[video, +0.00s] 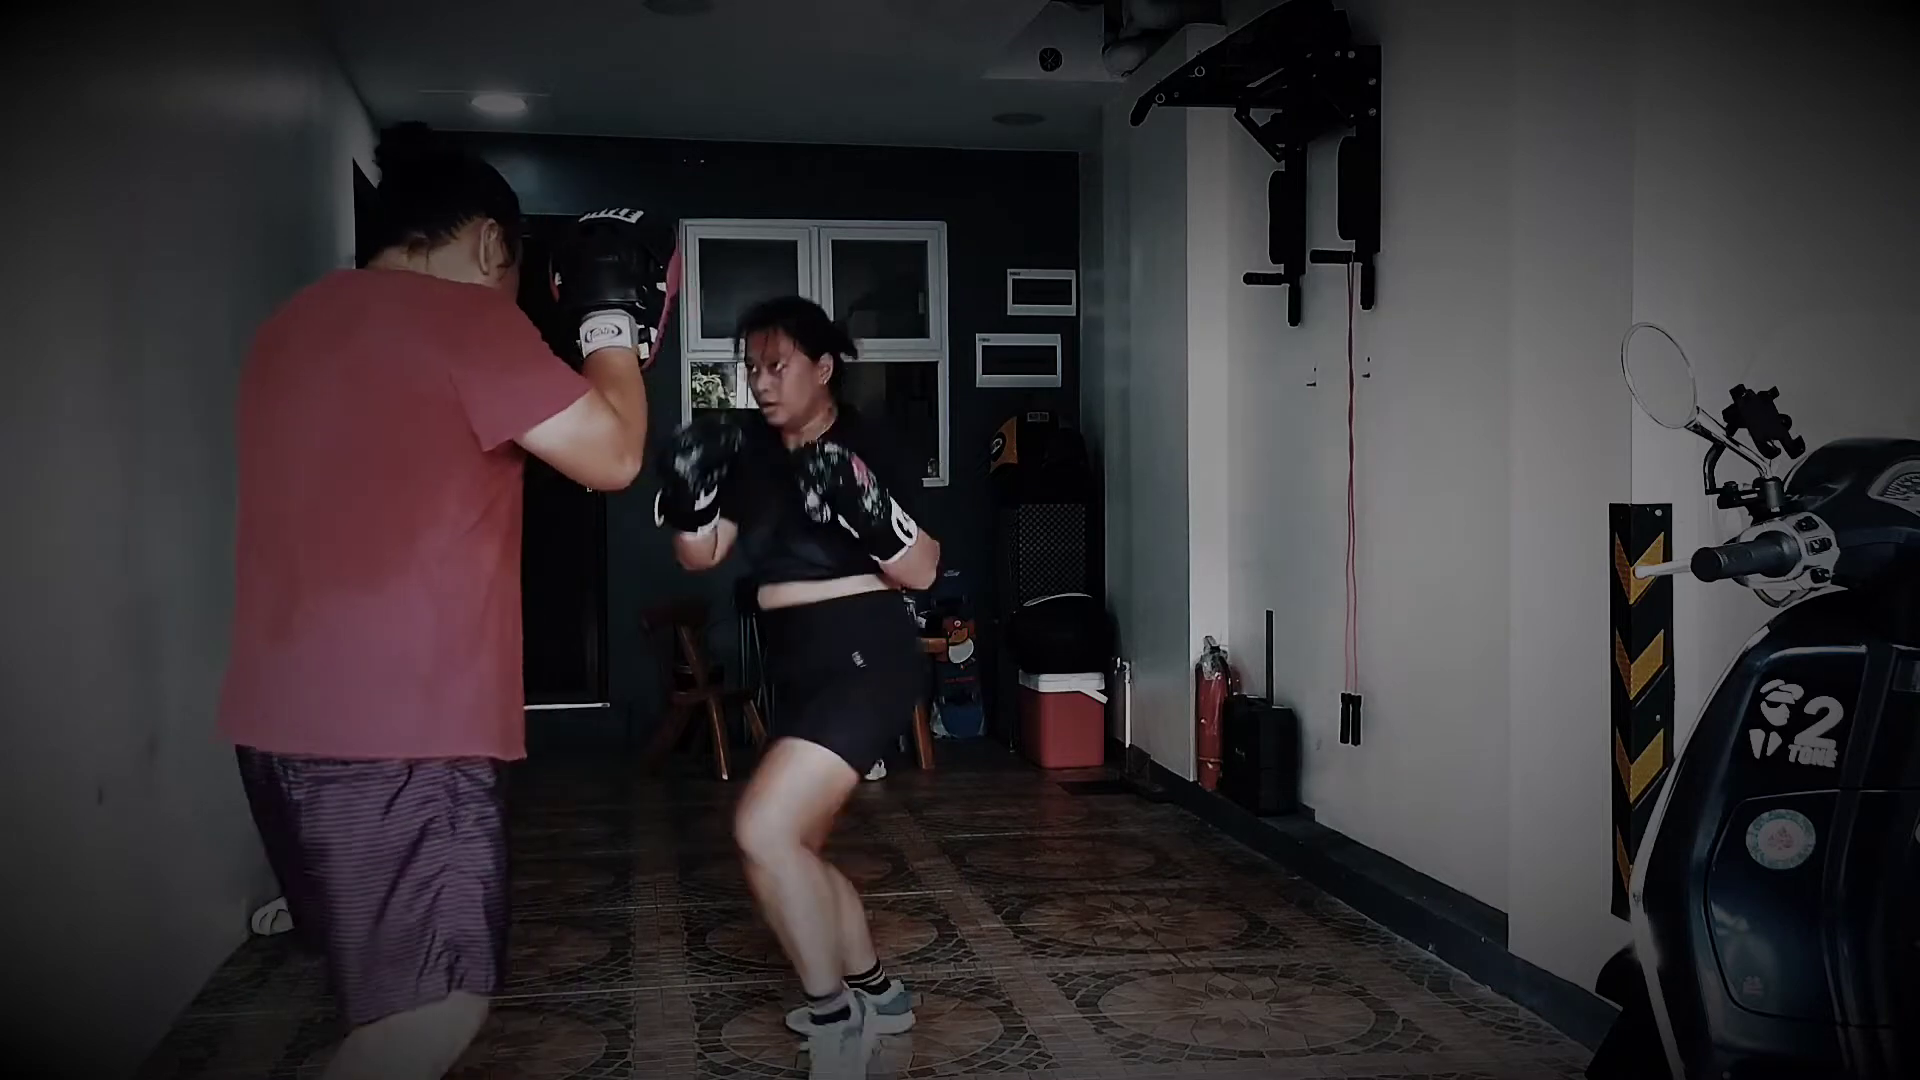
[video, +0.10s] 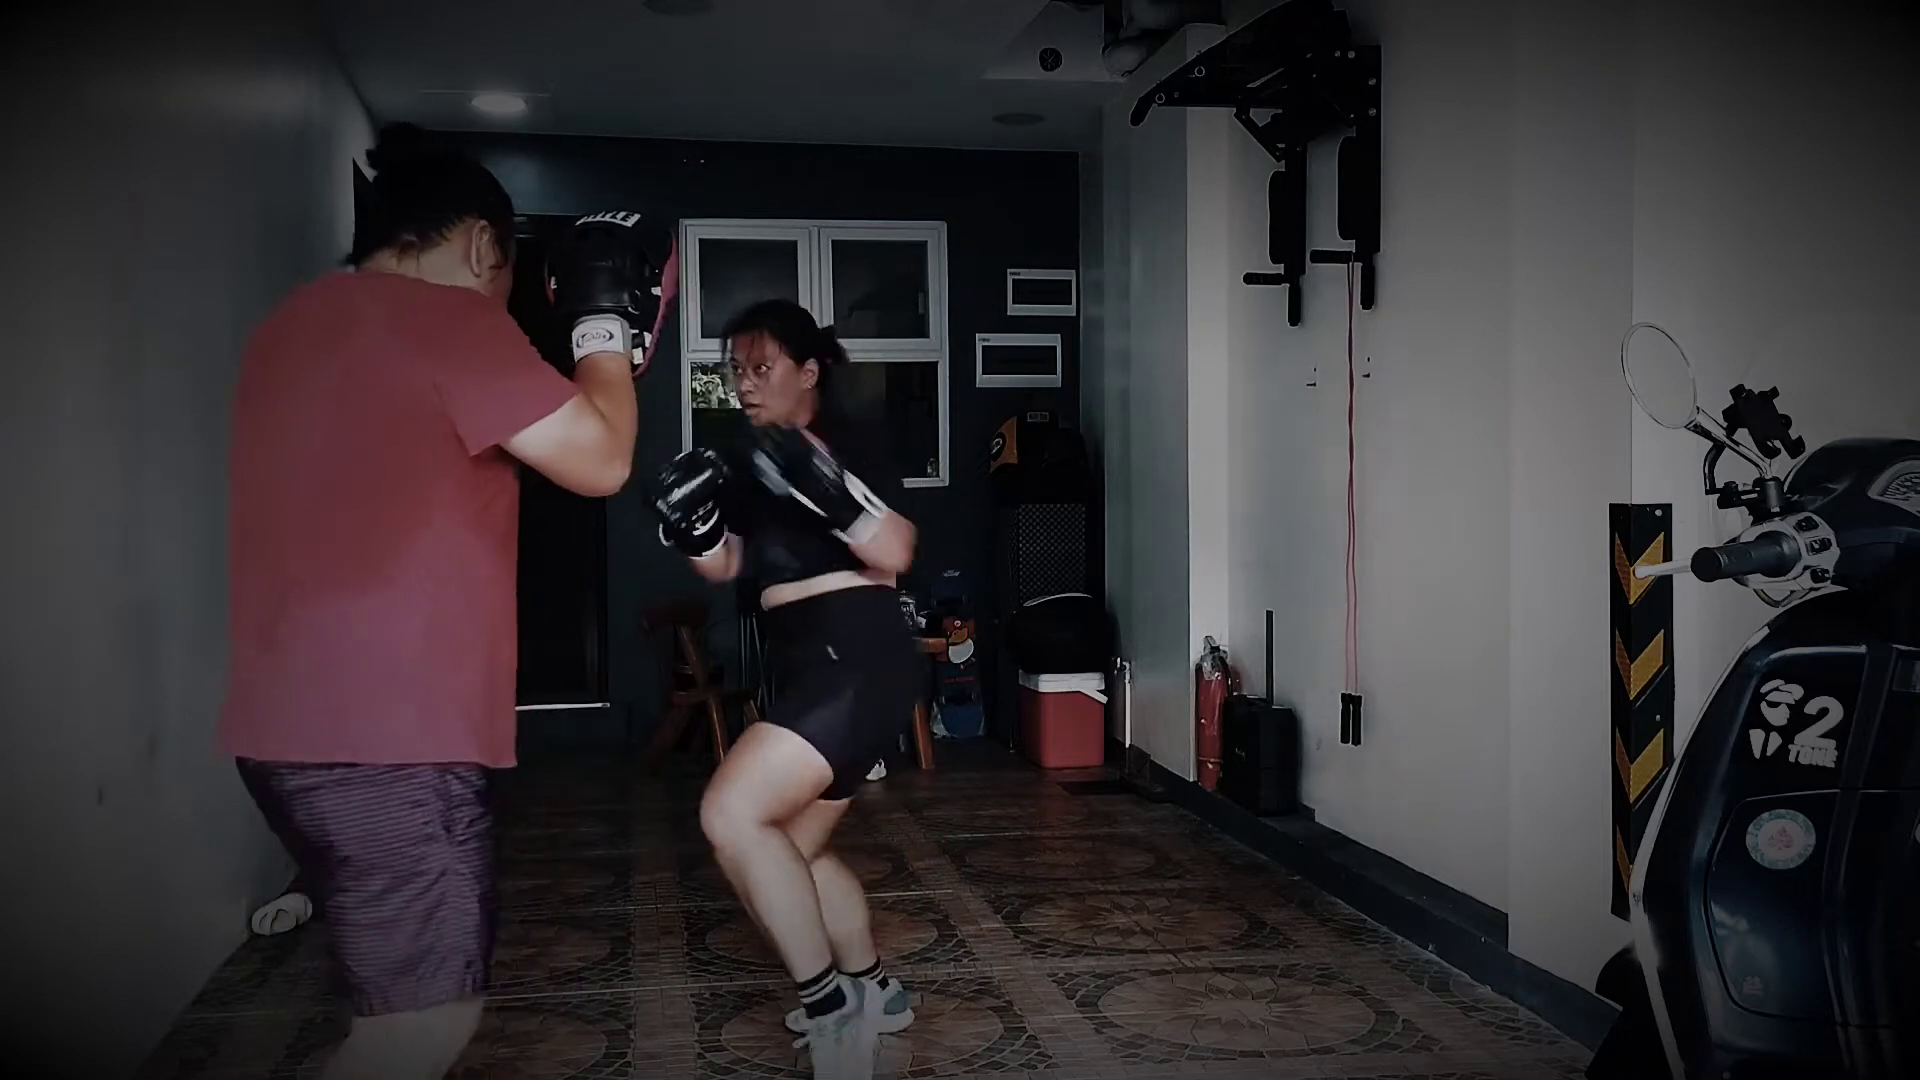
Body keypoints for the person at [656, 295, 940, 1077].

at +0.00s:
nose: (762, 383)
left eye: (778, 365)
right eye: (754, 368)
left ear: (824, 367)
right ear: (746, 376)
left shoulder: (867, 447)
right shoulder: (746, 454)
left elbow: (921, 571)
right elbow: (700, 555)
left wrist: (868, 514)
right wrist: (689, 491)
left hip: (872, 657)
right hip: (791, 663)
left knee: (764, 826)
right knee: (796, 846)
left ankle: (834, 1020)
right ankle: (873, 991)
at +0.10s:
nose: (746, 383)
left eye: (761, 367)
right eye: (739, 369)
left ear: (808, 371)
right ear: (736, 377)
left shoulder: (841, 442)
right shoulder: (751, 463)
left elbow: (894, 553)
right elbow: (724, 567)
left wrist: (816, 489)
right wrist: (694, 524)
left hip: (863, 656)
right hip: (809, 661)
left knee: (732, 811)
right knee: (797, 847)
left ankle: (826, 1004)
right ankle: (871, 991)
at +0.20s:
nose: (728, 377)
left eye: (741, 358)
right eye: (721, 365)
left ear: (791, 357)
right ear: (727, 371)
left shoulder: (812, 414)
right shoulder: (798, 434)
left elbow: (771, 469)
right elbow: (779, 559)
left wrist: (690, 405)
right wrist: (721, 523)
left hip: (848, 649)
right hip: (881, 648)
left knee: (748, 841)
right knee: (823, 840)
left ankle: (849, 1033)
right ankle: (871, 990)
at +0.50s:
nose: (758, 364)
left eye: (777, 349)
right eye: (755, 347)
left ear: (833, 356)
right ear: (752, 351)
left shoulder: (884, 447)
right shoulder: (743, 433)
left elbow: (929, 580)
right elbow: (617, 455)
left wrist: (833, 536)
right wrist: (614, 370)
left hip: (878, 670)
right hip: (790, 673)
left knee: (831, 880)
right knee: (774, 868)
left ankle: (861, 1066)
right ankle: (884, 990)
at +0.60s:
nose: (763, 375)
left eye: (779, 358)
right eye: (757, 359)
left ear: (837, 363)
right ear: (754, 363)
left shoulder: (888, 457)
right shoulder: (749, 437)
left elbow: (924, 592)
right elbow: (645, 467)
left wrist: (853, 564)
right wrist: (590, 415)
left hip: (875, 679)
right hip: (787, 681)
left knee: (815, 882)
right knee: (786, 872)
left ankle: (854, 1063)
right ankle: (888, 994)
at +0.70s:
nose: (755, 373)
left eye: (771, 355)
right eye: (748, 357)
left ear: (826, 358)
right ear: (748, 363)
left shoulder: (867, 442)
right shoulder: (764, 452)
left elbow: (863, 563)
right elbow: (706, 537)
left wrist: (778, 495)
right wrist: (649, 497)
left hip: (870, 674)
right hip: (800, 674)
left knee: (780, 880)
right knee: (816, 862)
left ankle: (854, 1069)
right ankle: (889, 993)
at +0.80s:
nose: (744, 385)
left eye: (760, 367)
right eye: (739, 368)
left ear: (814, 370)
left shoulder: (840, 433)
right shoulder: (775, 443)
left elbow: (740, 500)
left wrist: (664, 430)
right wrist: (721, 528)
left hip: (872, 682)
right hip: (804, 674)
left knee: (764, 896)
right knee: (812, 867)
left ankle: (836, 1074)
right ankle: (884, 995)